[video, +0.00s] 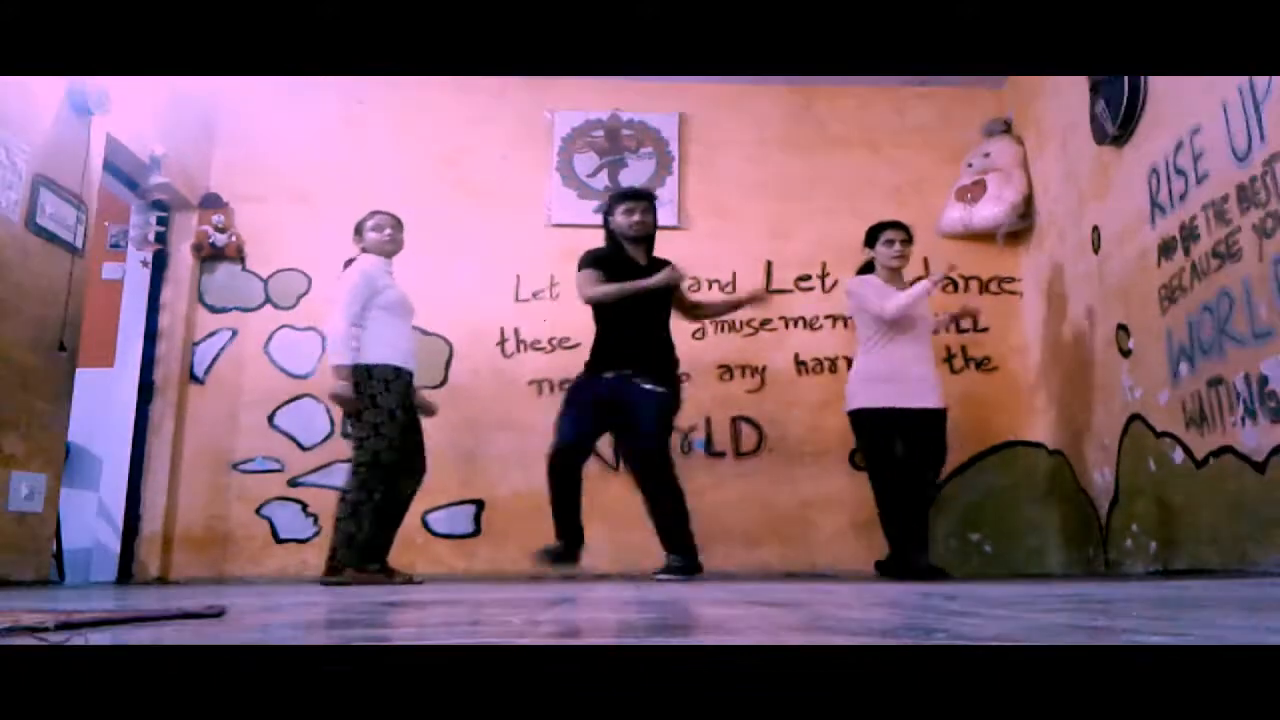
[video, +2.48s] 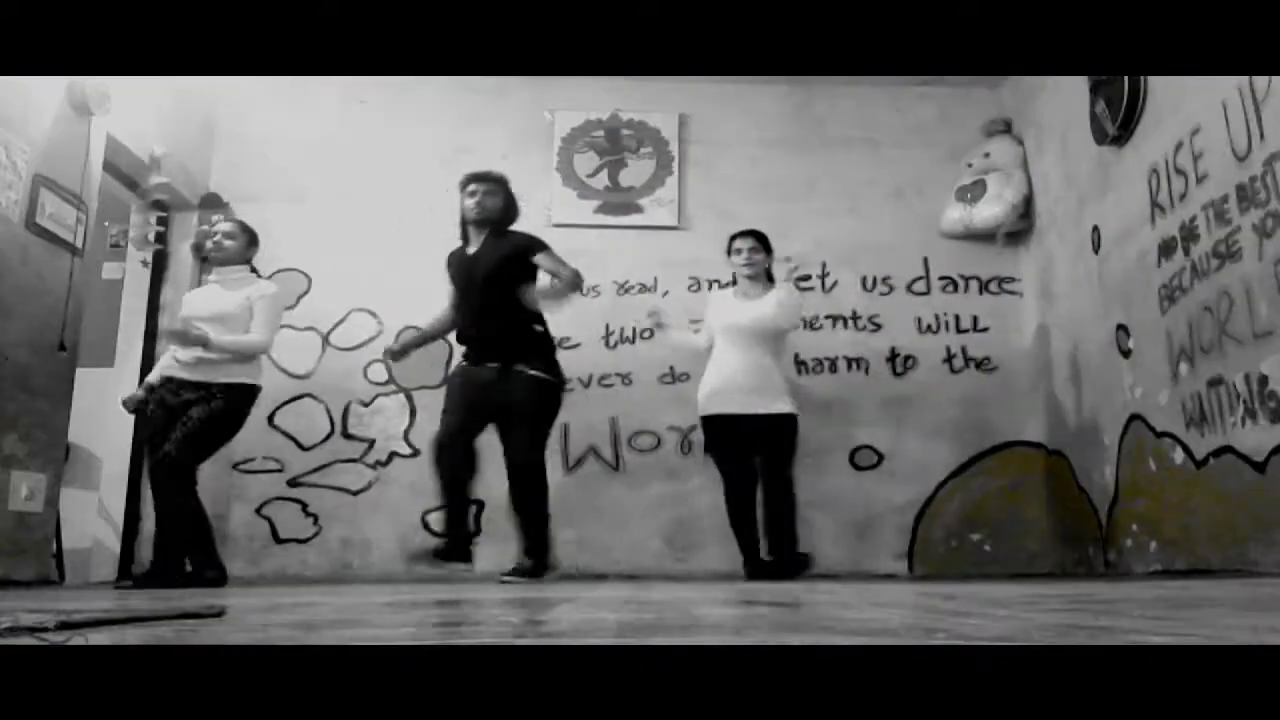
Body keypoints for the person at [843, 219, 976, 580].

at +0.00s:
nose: (898, 249)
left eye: (903, 244)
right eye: (889, 244)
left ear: (911, 251)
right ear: (871, 251)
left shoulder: (913, 291)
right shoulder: (860, 285)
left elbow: (915, 330)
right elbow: (890, 308)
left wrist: (947, 321)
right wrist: (930, 282)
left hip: (921, 394)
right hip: (876, 396)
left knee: (923, 478)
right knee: (891, 479)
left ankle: (917, 557)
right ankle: (902, 557)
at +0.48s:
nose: (898, 255)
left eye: (904, 249)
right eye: (890, 249)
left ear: (910, 257)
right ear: (872, 256)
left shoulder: (894, 299)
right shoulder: (865, 288)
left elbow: (941, 337)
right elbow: (834, 334)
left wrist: (948, 302)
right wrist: (877, 332)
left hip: (896, 399)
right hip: (897, 398)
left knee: (917, 479)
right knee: (987, 440)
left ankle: (898, 557)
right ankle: (935, 493)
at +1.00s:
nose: (883, 253)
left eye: (889, 247)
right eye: (874, 247)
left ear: (897, 255)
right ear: (859, 254)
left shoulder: (897, 308)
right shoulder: (846, 287)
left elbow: (939, 336)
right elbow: (803, 326)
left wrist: (950, 302)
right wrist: (760, 359)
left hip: (888, 395)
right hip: (877, 393)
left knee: (903, 479)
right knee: (957, 456)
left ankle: (895, 560)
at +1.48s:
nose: (826, 250)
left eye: (834, 244)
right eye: (819, 245)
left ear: (847, 252)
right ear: (810, 253)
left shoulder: (866, 289)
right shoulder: (803, 291)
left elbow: (932, 299)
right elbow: (784, 301)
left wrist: (944, 269)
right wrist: (787, 270)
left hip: (859, 390)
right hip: (820, 395)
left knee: (833, 468)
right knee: (844, 473)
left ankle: (832, 554)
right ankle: (886, 552)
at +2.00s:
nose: (816, 229)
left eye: (825, 222)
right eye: (806, 223)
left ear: (841, 229)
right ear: (794, 232)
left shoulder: (863, 277)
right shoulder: (777, 278)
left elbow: (928, 305)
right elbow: (724, 308)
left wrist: (935, 275)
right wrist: (712, 276)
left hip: (842, 401)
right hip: (786, 404)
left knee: (821, 500)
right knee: (803, 503)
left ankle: (830, 591)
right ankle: (836, 590)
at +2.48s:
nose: (746, 257)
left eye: (753, 251)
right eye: (739, 252)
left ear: (768, 258)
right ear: (729, 261)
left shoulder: (782, 296)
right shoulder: (718, 300)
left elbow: (784, 320)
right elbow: (702, 343)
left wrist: (785, 280)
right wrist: (665, 328)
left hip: (771, 403)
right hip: (722, 404)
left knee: (777, 483)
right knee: (739, 486)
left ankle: (785, 559)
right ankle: (752, 562)